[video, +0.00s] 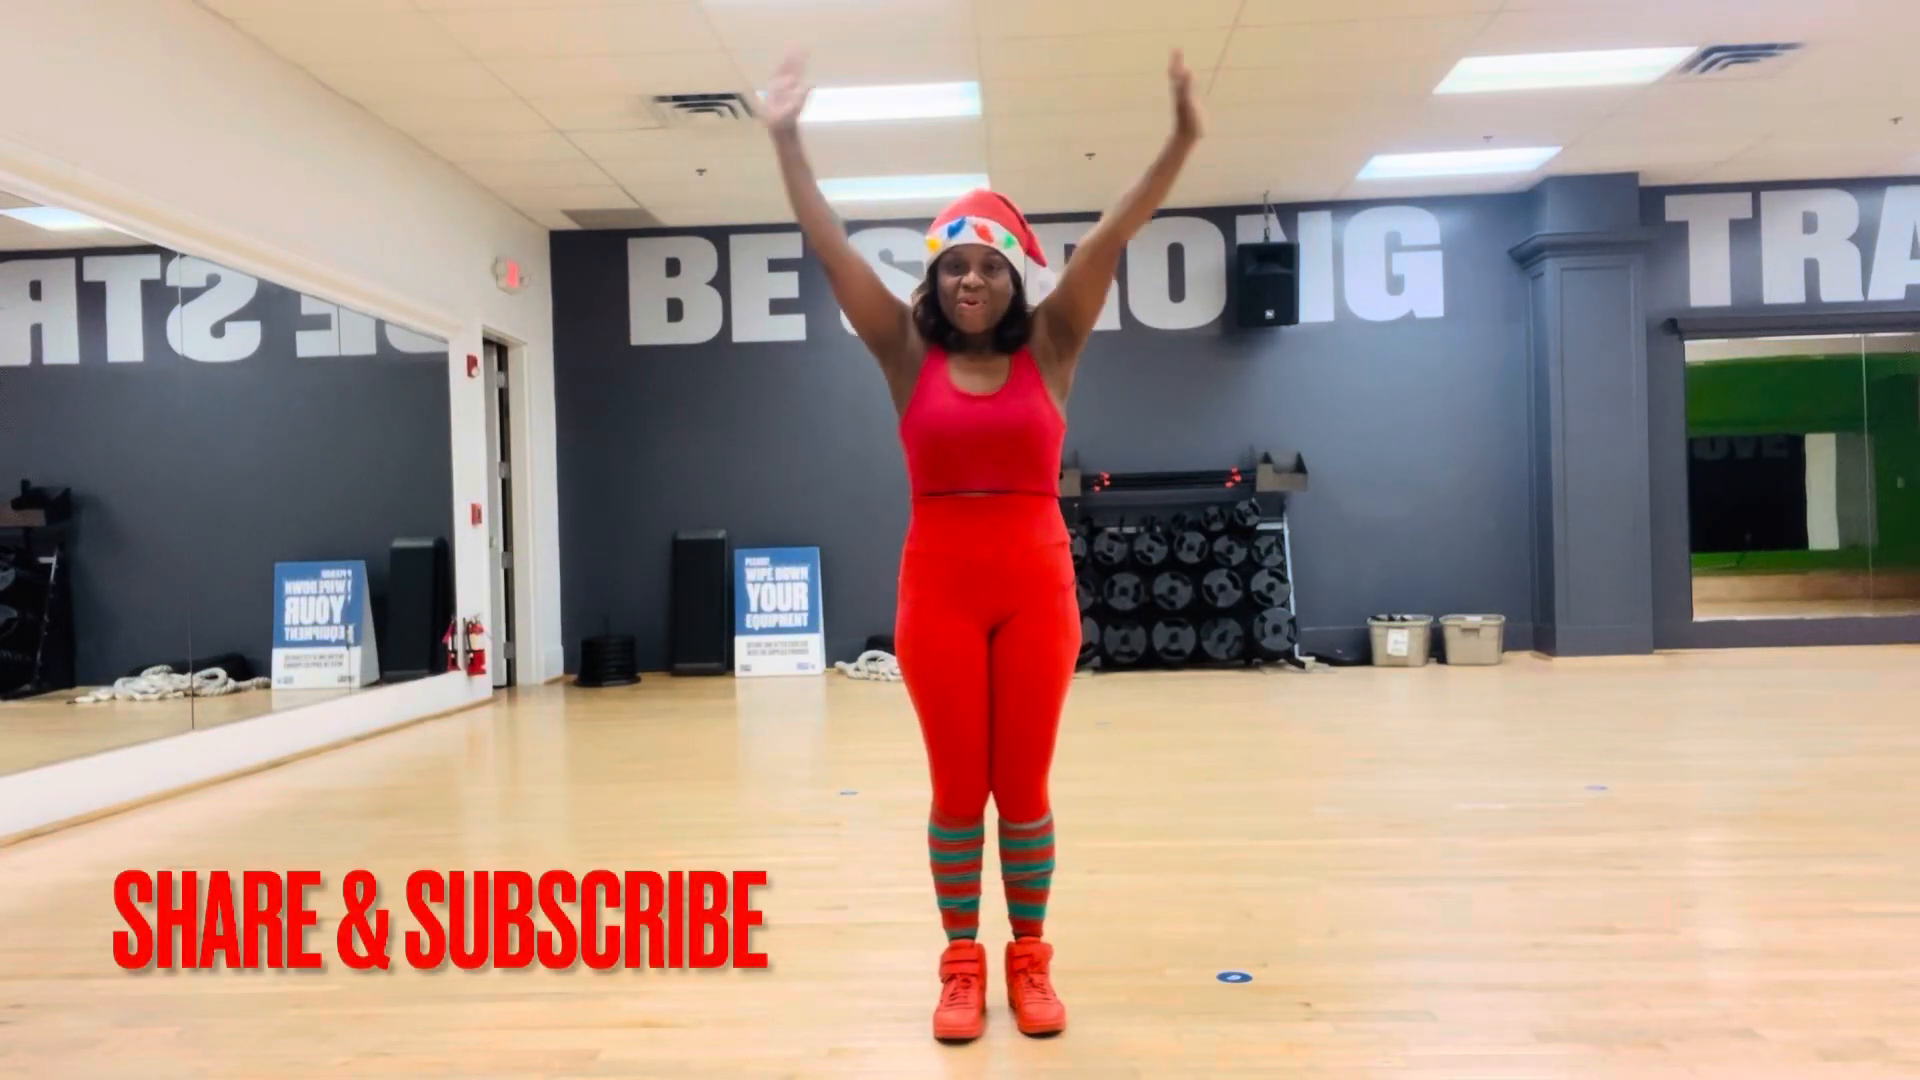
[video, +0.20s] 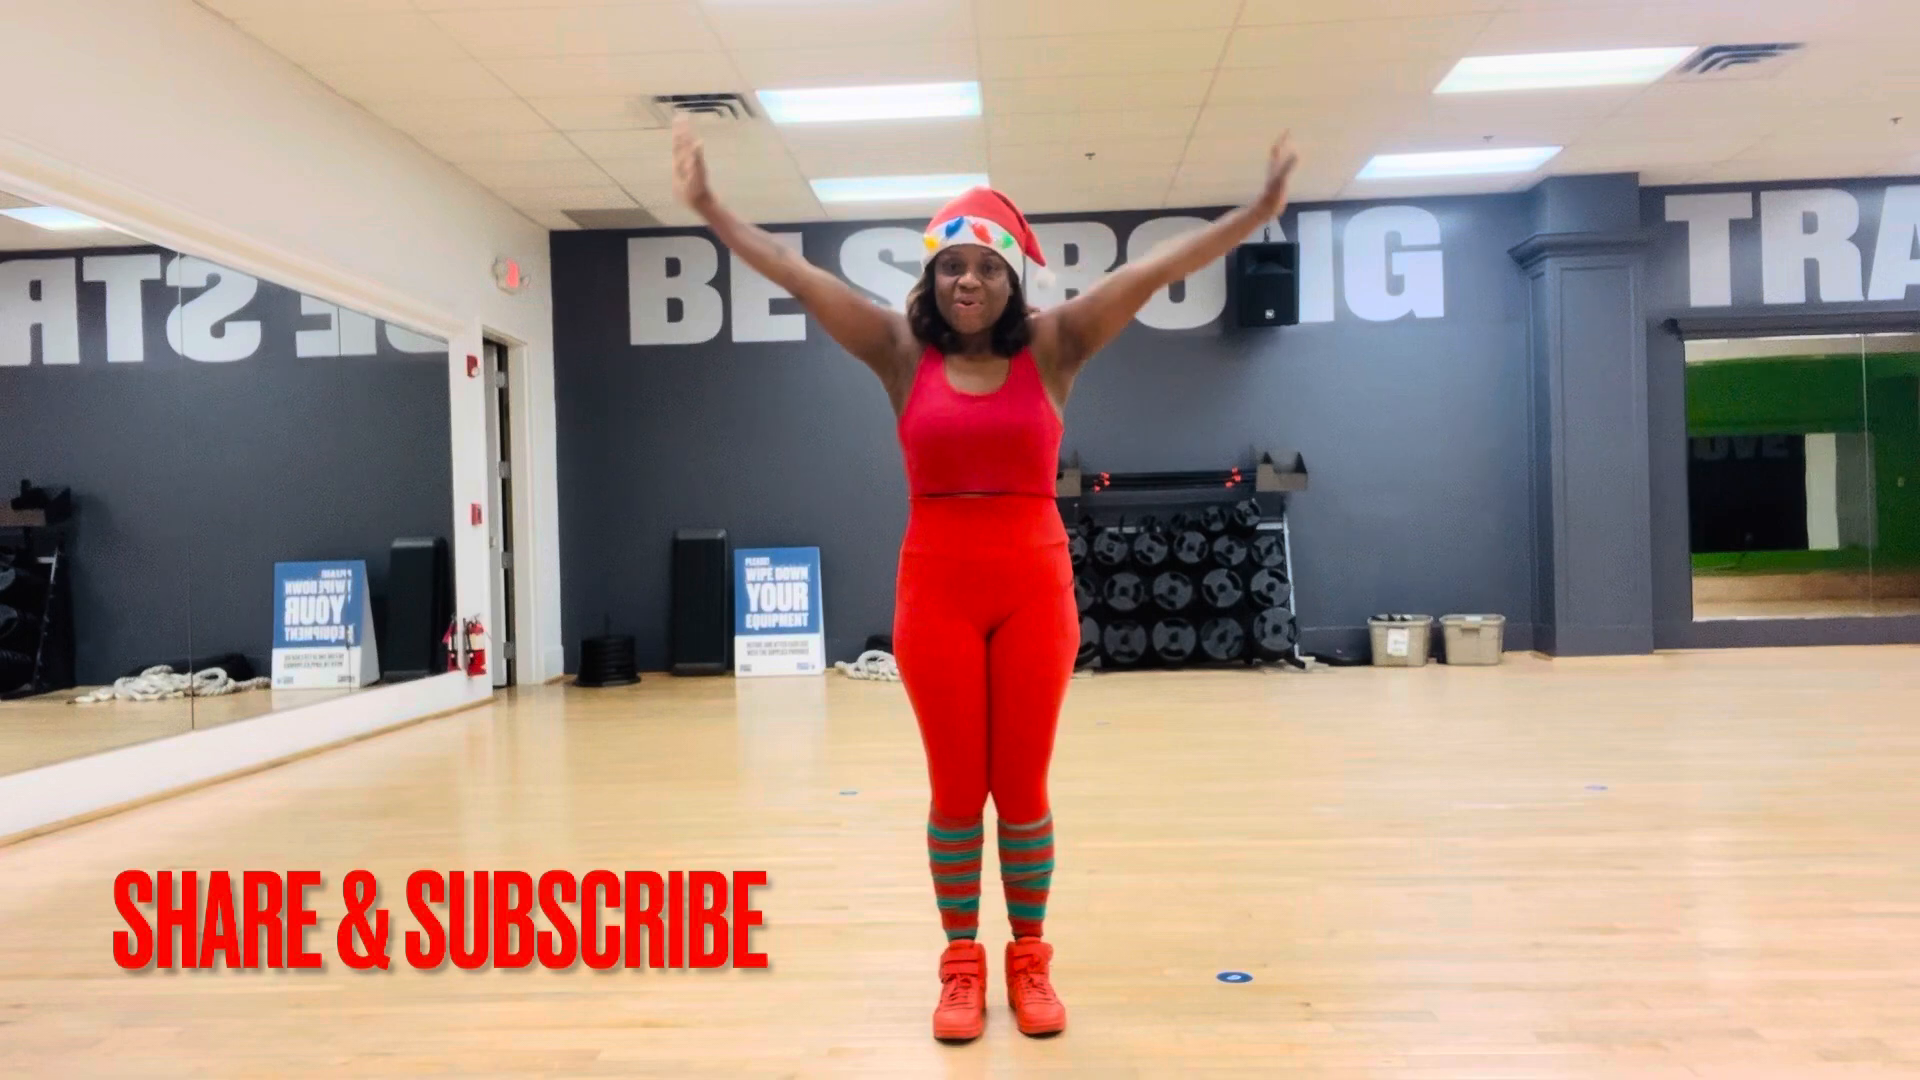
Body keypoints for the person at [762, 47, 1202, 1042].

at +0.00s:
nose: (972, 282)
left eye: (988, 270)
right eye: (956, 271)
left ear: (1017, 286)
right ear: (935, 286)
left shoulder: (1048, 350)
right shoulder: (911, 354)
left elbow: (1109, 243)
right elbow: (832, 249)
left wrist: (1182, 142)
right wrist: (783, 138)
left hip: (1036, 590)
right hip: (939, 593)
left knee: (1023, 784)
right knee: (958, 784)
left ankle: (1030, 959)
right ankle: (962, 964)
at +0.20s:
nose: (967, 283)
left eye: (986, 269)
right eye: (952, 268)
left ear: (1015, 277)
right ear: (930, 275)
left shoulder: (1052, 345)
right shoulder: (902, 346)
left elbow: (1150, 274)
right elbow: (797, 276)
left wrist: (1255, 212)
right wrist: (711, 212)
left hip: (1036, 584)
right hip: (935, 588)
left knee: (1022, 782)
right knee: (957, 783)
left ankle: (1030, 960)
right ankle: (962, 964)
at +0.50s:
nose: (966, 285)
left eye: (984, 270)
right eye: (952, 268)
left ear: (1014, 278)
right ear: (931, 276)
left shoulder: (1054, 351)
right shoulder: (898, 355)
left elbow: (1176, 345)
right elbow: (774, 353)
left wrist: (1291, 345)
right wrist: (658, 342)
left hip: (1031, 591)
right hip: (933, 593)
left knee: (1019, 786)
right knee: (955, 785)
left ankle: (1030, 961)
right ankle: (962, 966)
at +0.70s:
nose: (968, 280)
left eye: (985, 268)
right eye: (954, 267)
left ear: (1013, 282)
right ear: (933, 280)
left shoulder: (1051, 361)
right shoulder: (896, 364)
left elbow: (1170, 396)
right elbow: (779, 408)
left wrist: (1276, 430)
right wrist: (678, 442)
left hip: (1031, 589)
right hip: (932, 593)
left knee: (1019, 785)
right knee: (954, 787)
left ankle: (1030, 959)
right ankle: (962, 965)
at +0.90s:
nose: (970, 282)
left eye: (989, 270)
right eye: (956, 266)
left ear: (1013, 286)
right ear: (933, 276)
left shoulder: (1050, 370)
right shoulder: (894, 372)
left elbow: (1149, 450)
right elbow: (799, 469)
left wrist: (1234, 528)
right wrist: (722, 541)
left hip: (1030, 589)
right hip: (931, 591)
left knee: (1018, 784)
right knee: (954, 788)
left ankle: (1031, 960)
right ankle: (963, 966)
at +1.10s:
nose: (969, 282)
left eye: (988, 270)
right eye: (955, 265)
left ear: (1012, 285)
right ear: (932, 277)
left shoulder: (1049, 375)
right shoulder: (894, 377)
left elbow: (1093, 483)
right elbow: (856, 498)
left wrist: (1143, 592)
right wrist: (818, 598)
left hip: (1031, 592)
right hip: (931, 593)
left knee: (1019, 785)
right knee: (955, 786)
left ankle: (1029, 964)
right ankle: (961, 965)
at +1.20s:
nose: (967, 282)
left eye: (987, 270)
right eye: (954, 265)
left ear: (1011, 287)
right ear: (931, 277)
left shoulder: (1049, 375)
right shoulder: (892, 376)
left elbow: (1067, 485)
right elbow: (882, 494)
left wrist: (1073, 585)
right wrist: (878, 596)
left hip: (1029, 592)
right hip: (930, 596)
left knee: (1019, 785)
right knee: (955, 788)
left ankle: (1030, 963)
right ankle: (962, 966)